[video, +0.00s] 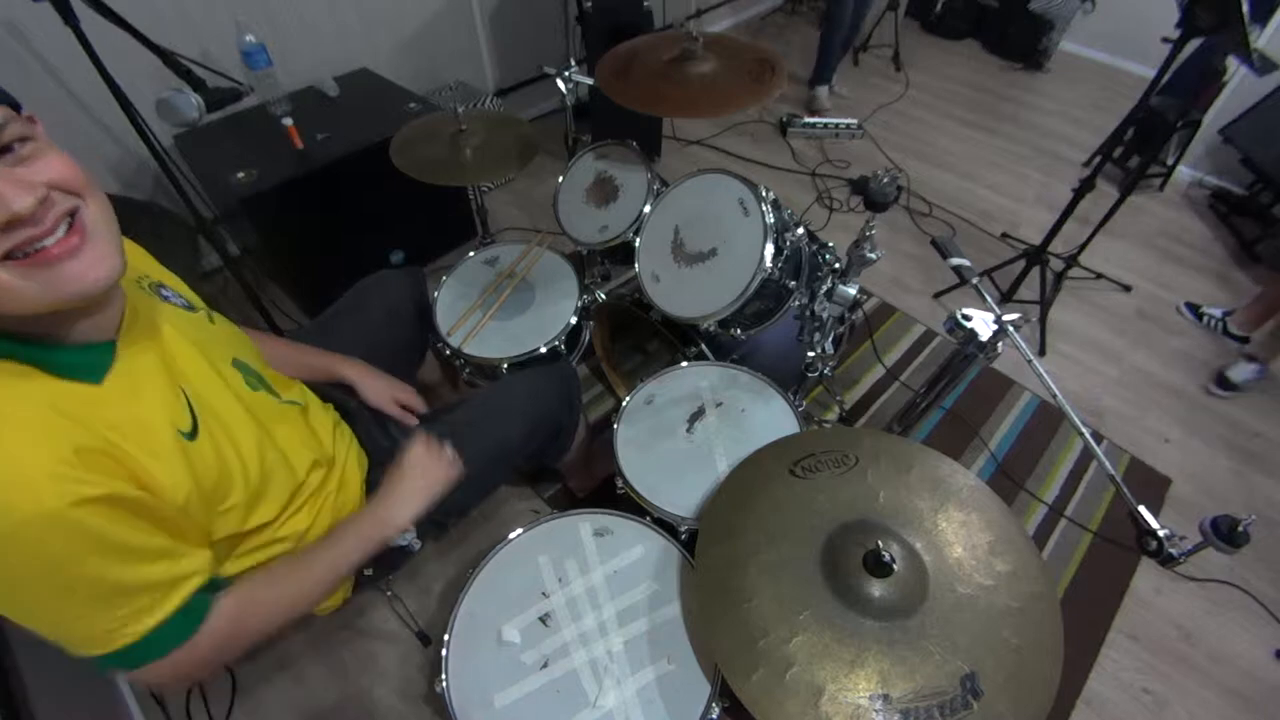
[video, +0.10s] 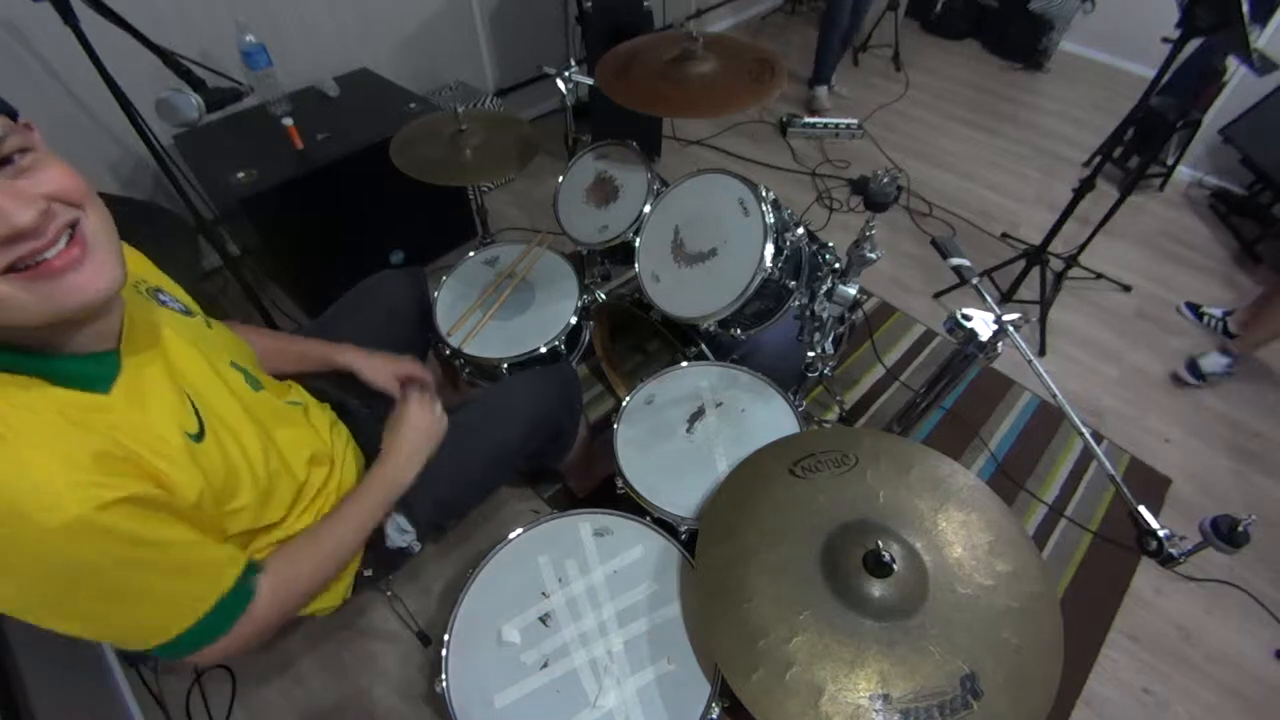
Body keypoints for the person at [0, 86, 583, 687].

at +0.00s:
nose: (27, 197)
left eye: (18, 148)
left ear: (56, 139)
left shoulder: (100, 262)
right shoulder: (37, 500)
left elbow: (213, 342)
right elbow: (175, 654)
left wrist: (347, 369)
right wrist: (388, 513)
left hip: (292, 399)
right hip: (341, 519)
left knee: (408, 284)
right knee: (547, 380)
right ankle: (575, 469)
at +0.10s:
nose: (25, 211)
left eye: (16, 157)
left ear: (54, 148)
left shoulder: (94, 265)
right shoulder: (52, 511)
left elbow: (203, 342)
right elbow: (231, 626)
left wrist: (346, 359)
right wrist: (393, 473)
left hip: (289, 411)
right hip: (348, 533)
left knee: (413, 287)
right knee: (545, 385)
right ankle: (580, 470)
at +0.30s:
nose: (93, 183)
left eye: (71, 144)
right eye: (23, 188)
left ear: (85, 135)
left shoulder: (84, 291)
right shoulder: (84, 473)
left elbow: (195, 338)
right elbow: (306, 578)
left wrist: (355, 320)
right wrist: (403, 397)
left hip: (276, 405)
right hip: (341, 529)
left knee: (400, 288)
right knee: (551, 385)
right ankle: (581, 475)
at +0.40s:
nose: (135, 170)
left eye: (113, 137)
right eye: (74, 175)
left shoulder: (75, 289)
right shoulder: (96, 451)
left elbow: (192, 341)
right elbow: (343, 527)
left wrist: (352, 312)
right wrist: (365, 317)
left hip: (268, 404)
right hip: (341, 530)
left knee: (395, 328)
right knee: (550, 383)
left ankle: (427, 403)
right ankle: (575, 467)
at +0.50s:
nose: (173, 168)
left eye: (153, 139)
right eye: (118, 165)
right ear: (12, 226)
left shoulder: (73, 272)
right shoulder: (117, 422)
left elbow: (201, 339)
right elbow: (384, 467)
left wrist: (352, 318)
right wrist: (332, 267)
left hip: (267, 408)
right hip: (337, 526)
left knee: (394, 331)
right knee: (553, 384)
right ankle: (575, 473)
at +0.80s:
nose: (232, 152)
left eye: (222, 124)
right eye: (195, 141)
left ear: (75, 177)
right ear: (75, 176)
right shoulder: (163, 371)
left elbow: (224, 336)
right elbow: (418, 418)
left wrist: (366, 322)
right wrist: (343, 233)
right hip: (338, 528)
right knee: (556, 373)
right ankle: (577, 472)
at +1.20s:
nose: (293, 169)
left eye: (286, 146)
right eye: (269, 151)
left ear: (160, 163)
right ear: (169, 160)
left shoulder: (39, 224)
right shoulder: (207, 350)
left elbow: (212, 327)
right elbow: (409, 427)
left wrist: (363, 325)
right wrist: (369, 247)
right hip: (340, 530)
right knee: (554, 367)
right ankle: (574, 468)